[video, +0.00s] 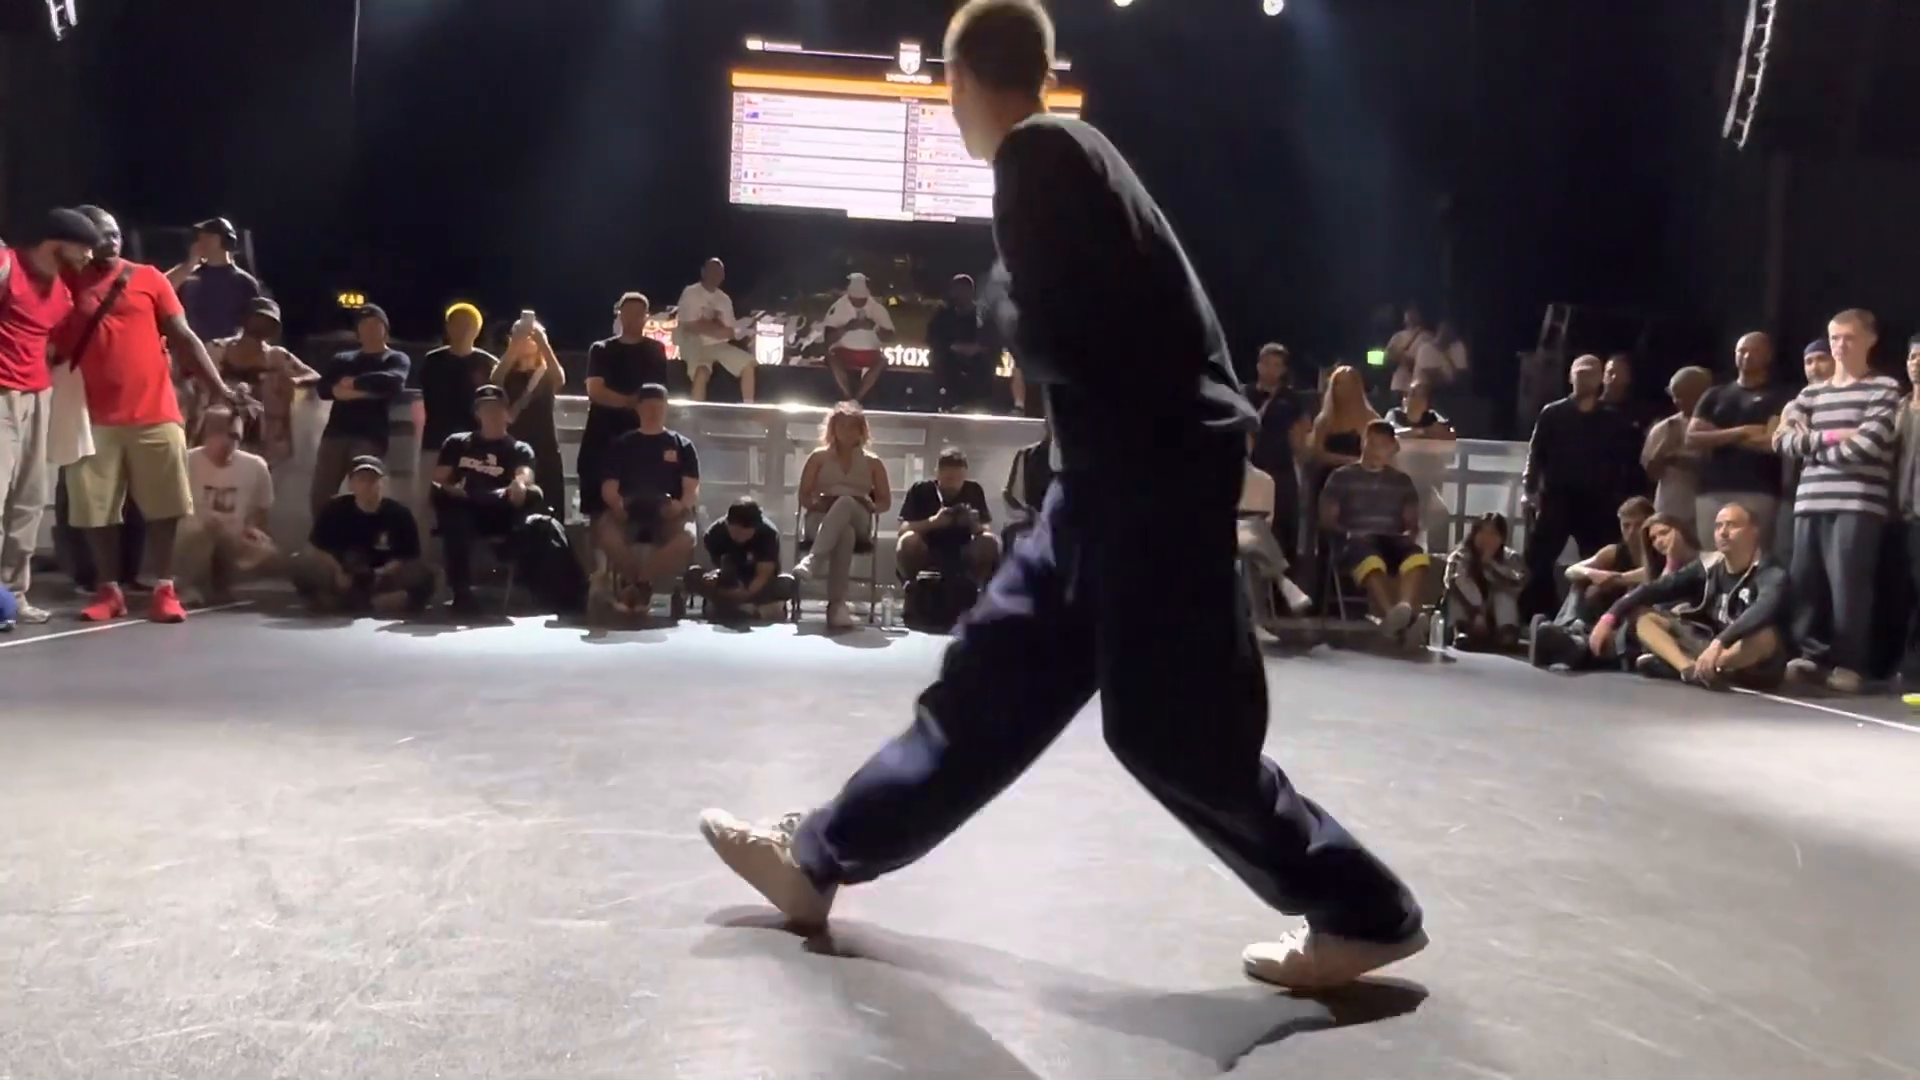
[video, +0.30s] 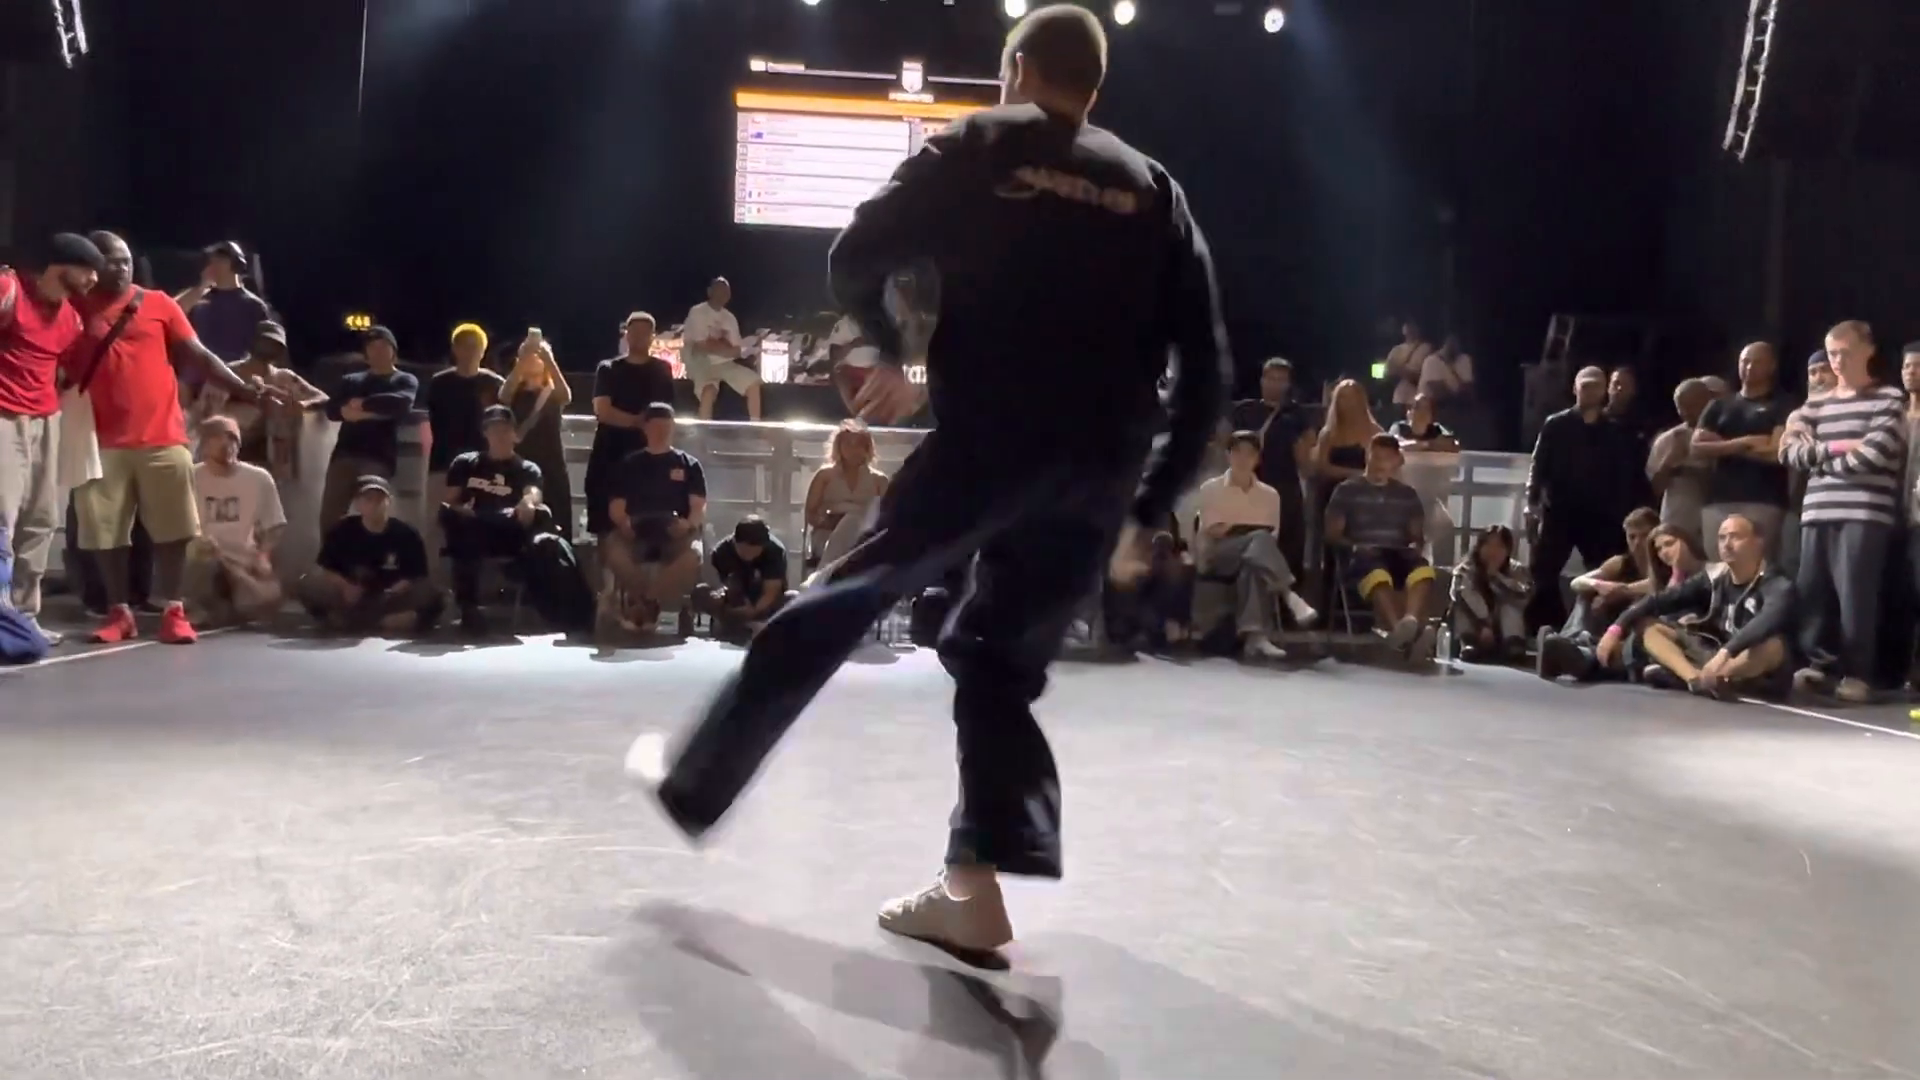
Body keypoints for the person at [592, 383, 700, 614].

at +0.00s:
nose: (653, 411)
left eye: (658, 405)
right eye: (648, 405)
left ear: (666, 408)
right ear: (638, 408)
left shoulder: (682, 445)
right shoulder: (620, 444)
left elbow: (690, 490)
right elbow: (609, 488)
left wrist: (678, 507)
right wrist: (622, 510)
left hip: (667, 509)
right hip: (629, 508)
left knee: (687, 537)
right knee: (605, 529)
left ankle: (639, 583)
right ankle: (639, 585)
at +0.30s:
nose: (661, 430)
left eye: (665, 424)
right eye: (655, 424)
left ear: (672, 427)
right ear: (645, 427)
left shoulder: (689, 464)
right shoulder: (628, 464)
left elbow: (698, 508)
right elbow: (616, 507)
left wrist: (687, 524)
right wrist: (628, 527)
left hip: (674, 525)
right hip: (638, 525)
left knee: (693, 554)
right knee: (613, 546)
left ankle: (645, 604)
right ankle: (647, 603)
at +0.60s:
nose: (662, 432)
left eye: (666, 427)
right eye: (656, 427)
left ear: (673, 430)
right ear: (645, 431)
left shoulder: (689, 467)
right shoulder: (627, 467)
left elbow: (698, 511)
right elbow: (617, 510)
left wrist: (688, 527)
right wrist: (627, 528)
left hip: (674, 528)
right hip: (638, 528)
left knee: (694, 558)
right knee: (613, 552)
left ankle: (648, 607)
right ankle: (649, 605)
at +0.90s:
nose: (664, 435)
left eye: (668, 430)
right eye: (658, 430)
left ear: (675, 433)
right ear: (647, 433)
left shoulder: (691, 468)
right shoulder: (631, 468)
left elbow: (701, 512)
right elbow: (619, 512)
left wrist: (691, 528)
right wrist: (630, 530)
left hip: (677, 530)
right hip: (641, 529)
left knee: (696, 560)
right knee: (615, 553)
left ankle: (650, 608)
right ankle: (651, 607)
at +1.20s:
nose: (666, 433)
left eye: (670, 428)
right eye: (660, 428)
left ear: (677, 431)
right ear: (649, 431)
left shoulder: (694, 467)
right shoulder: (632, 467)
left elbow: (703, 511)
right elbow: (622, 509)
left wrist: (693, 527)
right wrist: (631, 528)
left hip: (679, 529)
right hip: (642, 528)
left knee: (698, 557)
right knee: (618, 551)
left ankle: (651, 607)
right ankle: (654, 607)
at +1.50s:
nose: (670, 433)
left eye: (675, 428)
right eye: (665, 428)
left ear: (682, 430)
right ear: (654, 430)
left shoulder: (698, 467)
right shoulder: (637, 467)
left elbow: (707, 509)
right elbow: (626, 509)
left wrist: (698, 527)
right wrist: (635, 528)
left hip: (683, 528)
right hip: (647, 528)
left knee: (703, 557)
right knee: (623, 552)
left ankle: (655, 607)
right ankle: (659, 606)